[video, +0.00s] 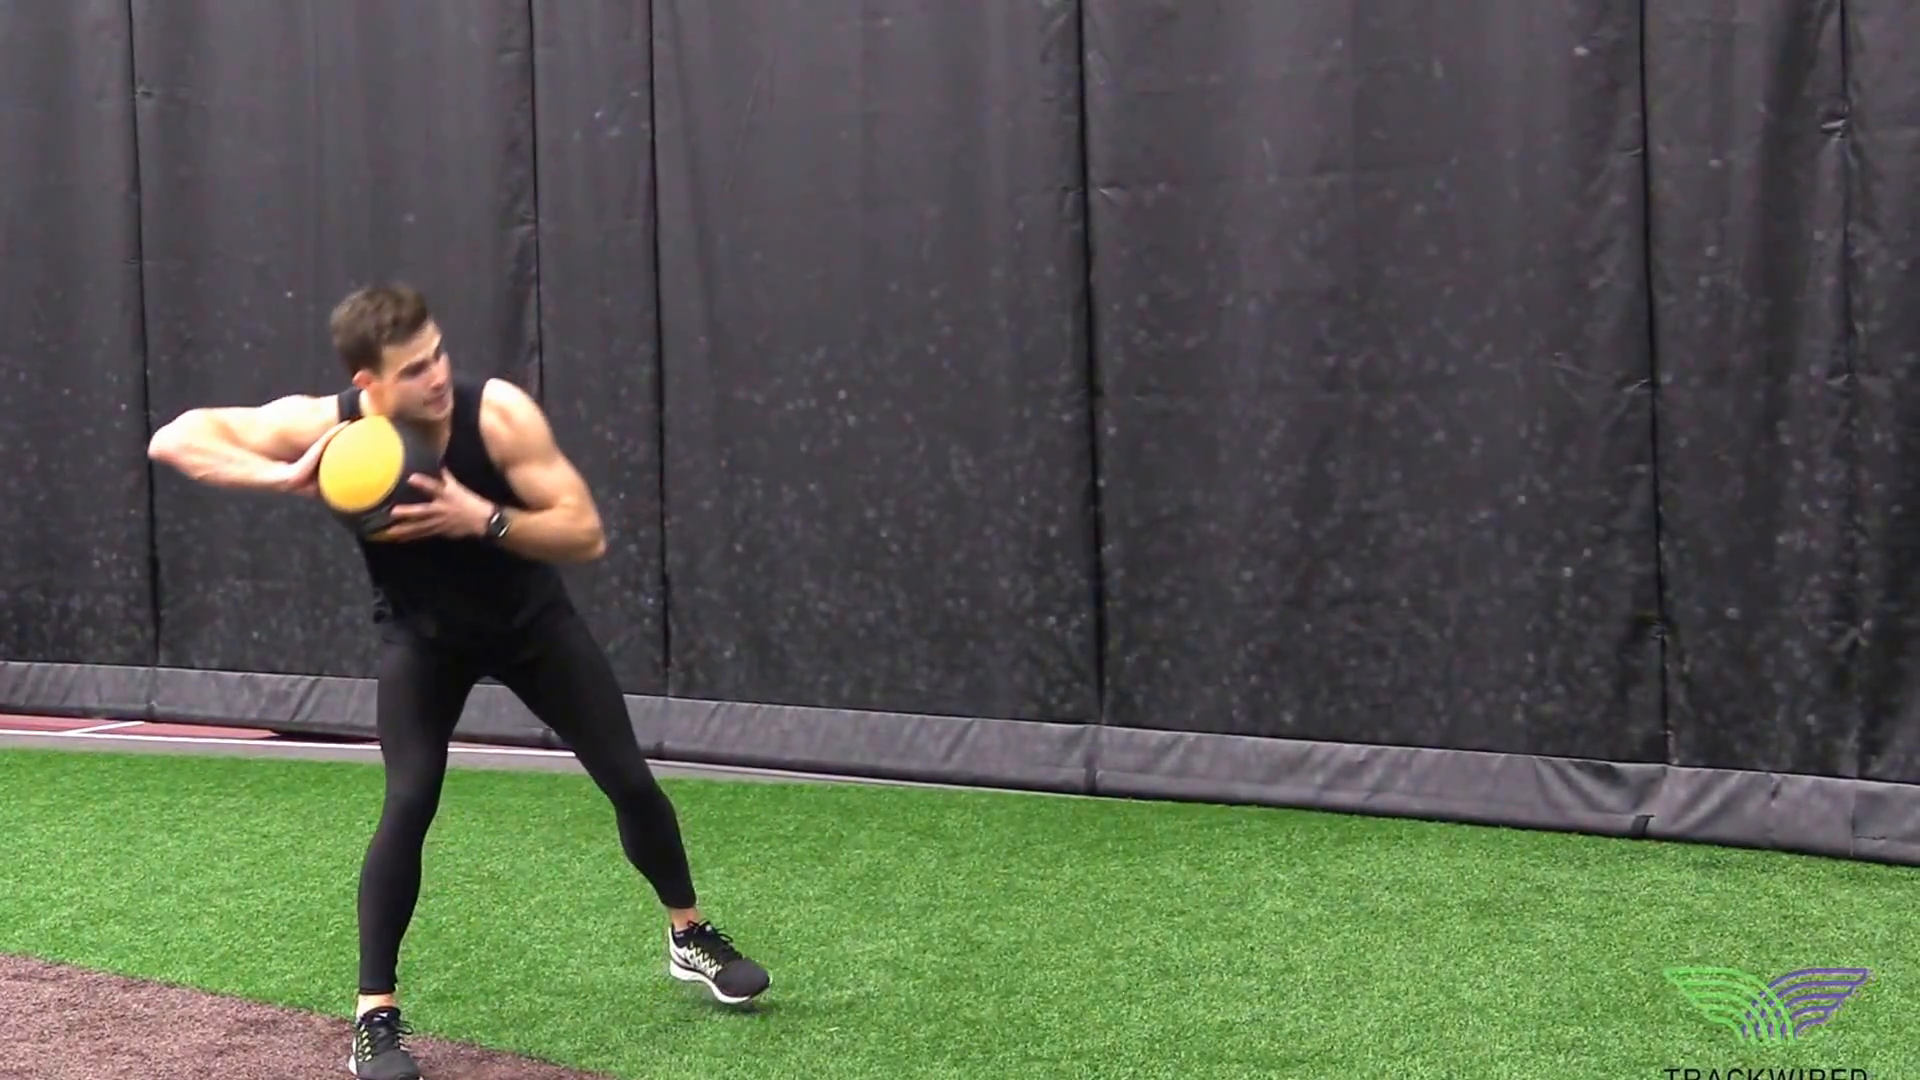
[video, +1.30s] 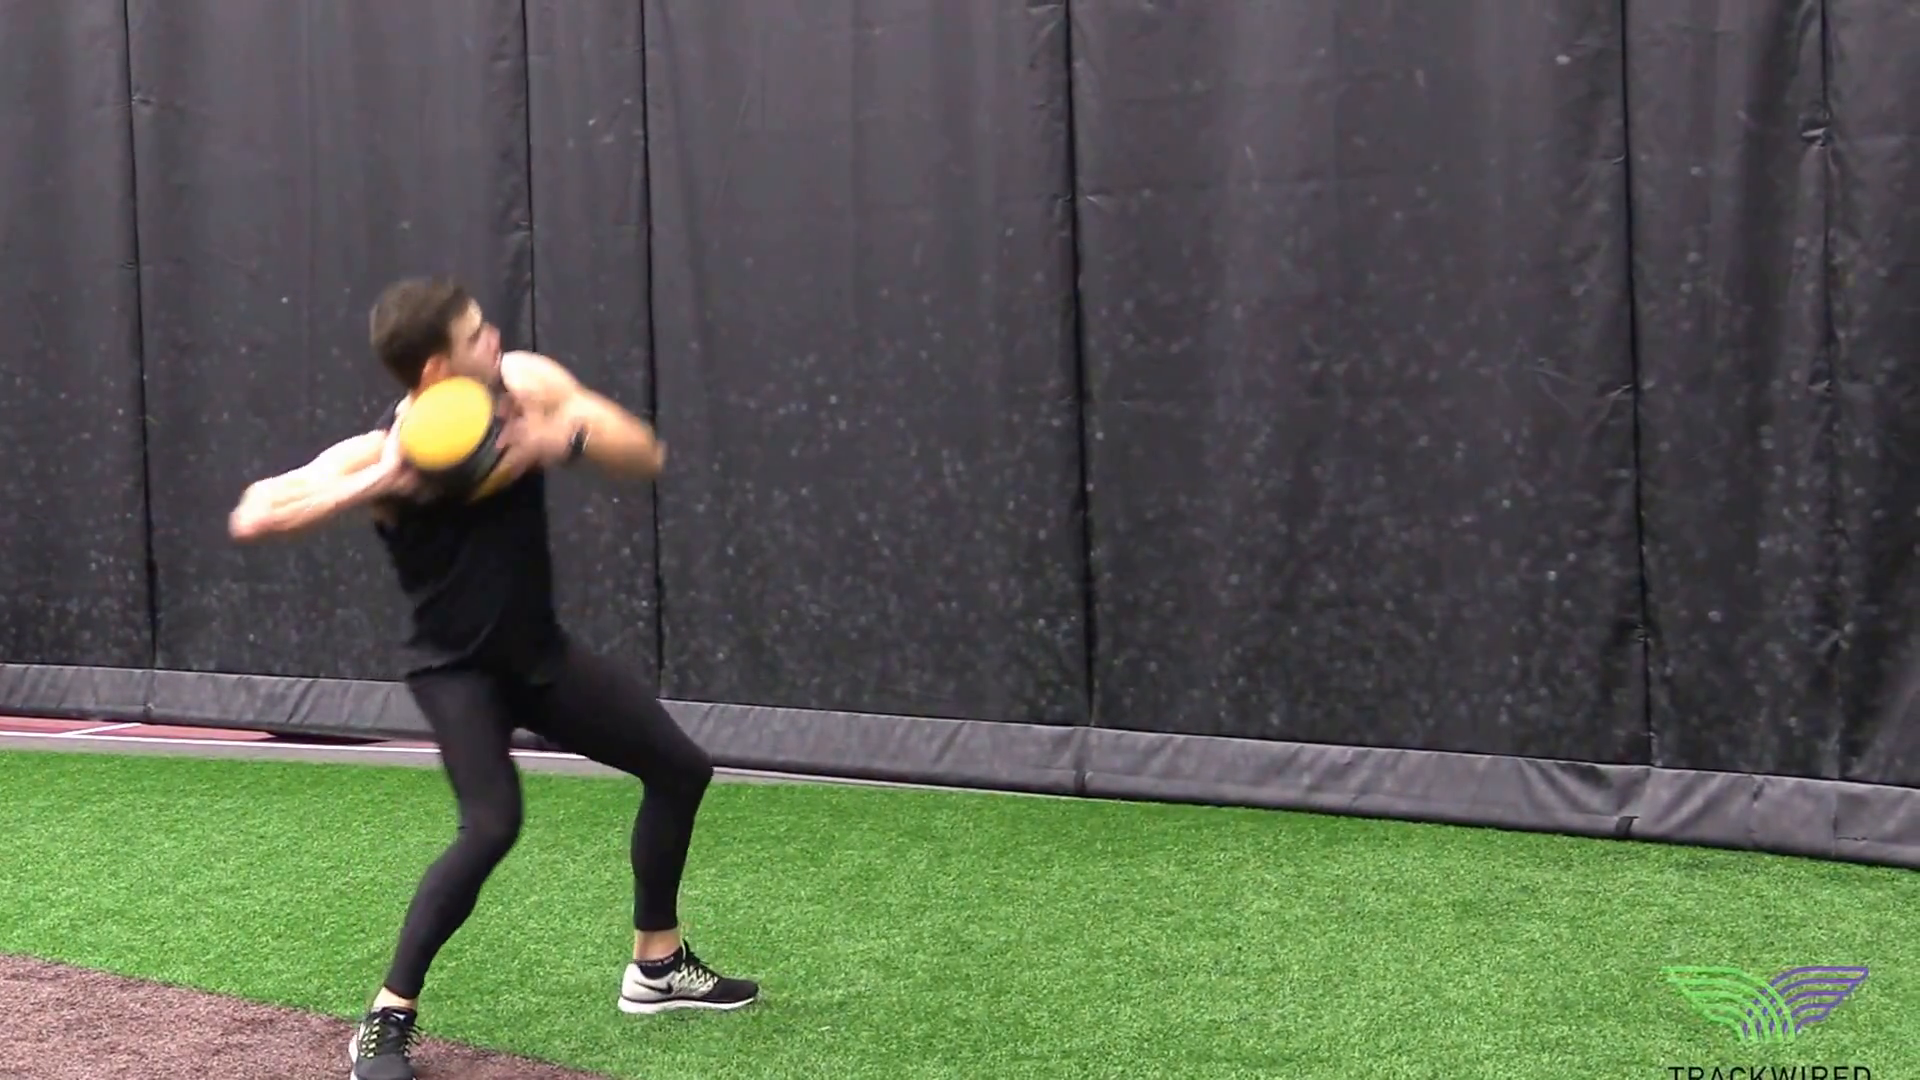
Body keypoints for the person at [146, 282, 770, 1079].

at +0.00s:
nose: (441, 376)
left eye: (440, 354)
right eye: (417, 368)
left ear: (448, 346)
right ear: (367, 384)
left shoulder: (501, 412)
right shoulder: (328, 427)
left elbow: (585, 535)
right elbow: (172, 441)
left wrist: (486, 518)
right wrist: (275, 473)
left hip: (535, 619)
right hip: (424, 636)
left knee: (631, 781)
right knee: (409, 800)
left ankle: (692, 933)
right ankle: (377, 1011)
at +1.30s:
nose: (494, 338)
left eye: (486, 326)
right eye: (475, 337)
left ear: (481, 339)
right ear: (431, 370)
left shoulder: (529, 382)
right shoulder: (384, 451)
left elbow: (648, 457)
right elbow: (249, 517)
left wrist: (569, 429)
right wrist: (372, 483)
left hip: (539, 651)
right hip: (454, 667)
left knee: (680, 770)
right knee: (492, 822)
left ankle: (657, 965)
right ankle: (390, 1013)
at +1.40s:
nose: (501, 287)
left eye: (493, 276)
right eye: (485, 283)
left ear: (469, 307)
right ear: (450, 316)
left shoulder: (527, 360)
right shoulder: (410, 417)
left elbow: (656, 386)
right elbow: (319, 504)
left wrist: (590, 355)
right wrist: (433, 432)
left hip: (557, 637)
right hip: (487, 651)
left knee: (679, 767)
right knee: (521, 818)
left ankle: (662, 963)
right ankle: (392, 1002)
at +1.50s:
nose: (502, 248)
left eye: (493, 237)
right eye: (488, 243)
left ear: (460, 280)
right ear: (462, 277)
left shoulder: (522, 334)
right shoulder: (447, 378)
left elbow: (627, 338)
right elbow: (430, 448)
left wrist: (607, 294)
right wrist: (530, 347)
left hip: (573, 618)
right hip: (529, 627)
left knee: (665, 763)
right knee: (550, 810)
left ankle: (662, 963)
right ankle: (395, 985)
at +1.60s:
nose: (493, 222)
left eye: (482, 214)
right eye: (482, 218)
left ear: (443, 262)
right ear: (468, 248)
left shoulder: (468, 323)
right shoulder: (489, 330)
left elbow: (557, 310)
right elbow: (581, 308)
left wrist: (596, 241)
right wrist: (641, 219)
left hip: (577, 590)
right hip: (567, 594)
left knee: (640, 766)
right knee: (578, 787)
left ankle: (661, 960)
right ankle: (412, 950)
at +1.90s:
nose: (539, 206)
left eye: (528, 199)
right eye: (533, 200)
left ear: (460, 257)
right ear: (526, 224)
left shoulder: (447, 356)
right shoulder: (584, 257)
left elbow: (493, 434)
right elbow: (625, 164)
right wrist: (627, 146)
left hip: (560, 576)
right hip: (638, 558)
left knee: (615, 771)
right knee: (656, 767)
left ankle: (653, 965)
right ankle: (541, 941)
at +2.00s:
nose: (563, 209)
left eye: (548, 202)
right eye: (554, 204)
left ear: (478, 250)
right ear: (547, 224)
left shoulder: (469, 353)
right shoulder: (605, 269)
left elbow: (473, 449)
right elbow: (575, 286)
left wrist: (494, 324)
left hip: (578, 577)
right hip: (659, 563)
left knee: (622, 773)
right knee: (663, 770)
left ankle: (656, 963)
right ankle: (576, 945)